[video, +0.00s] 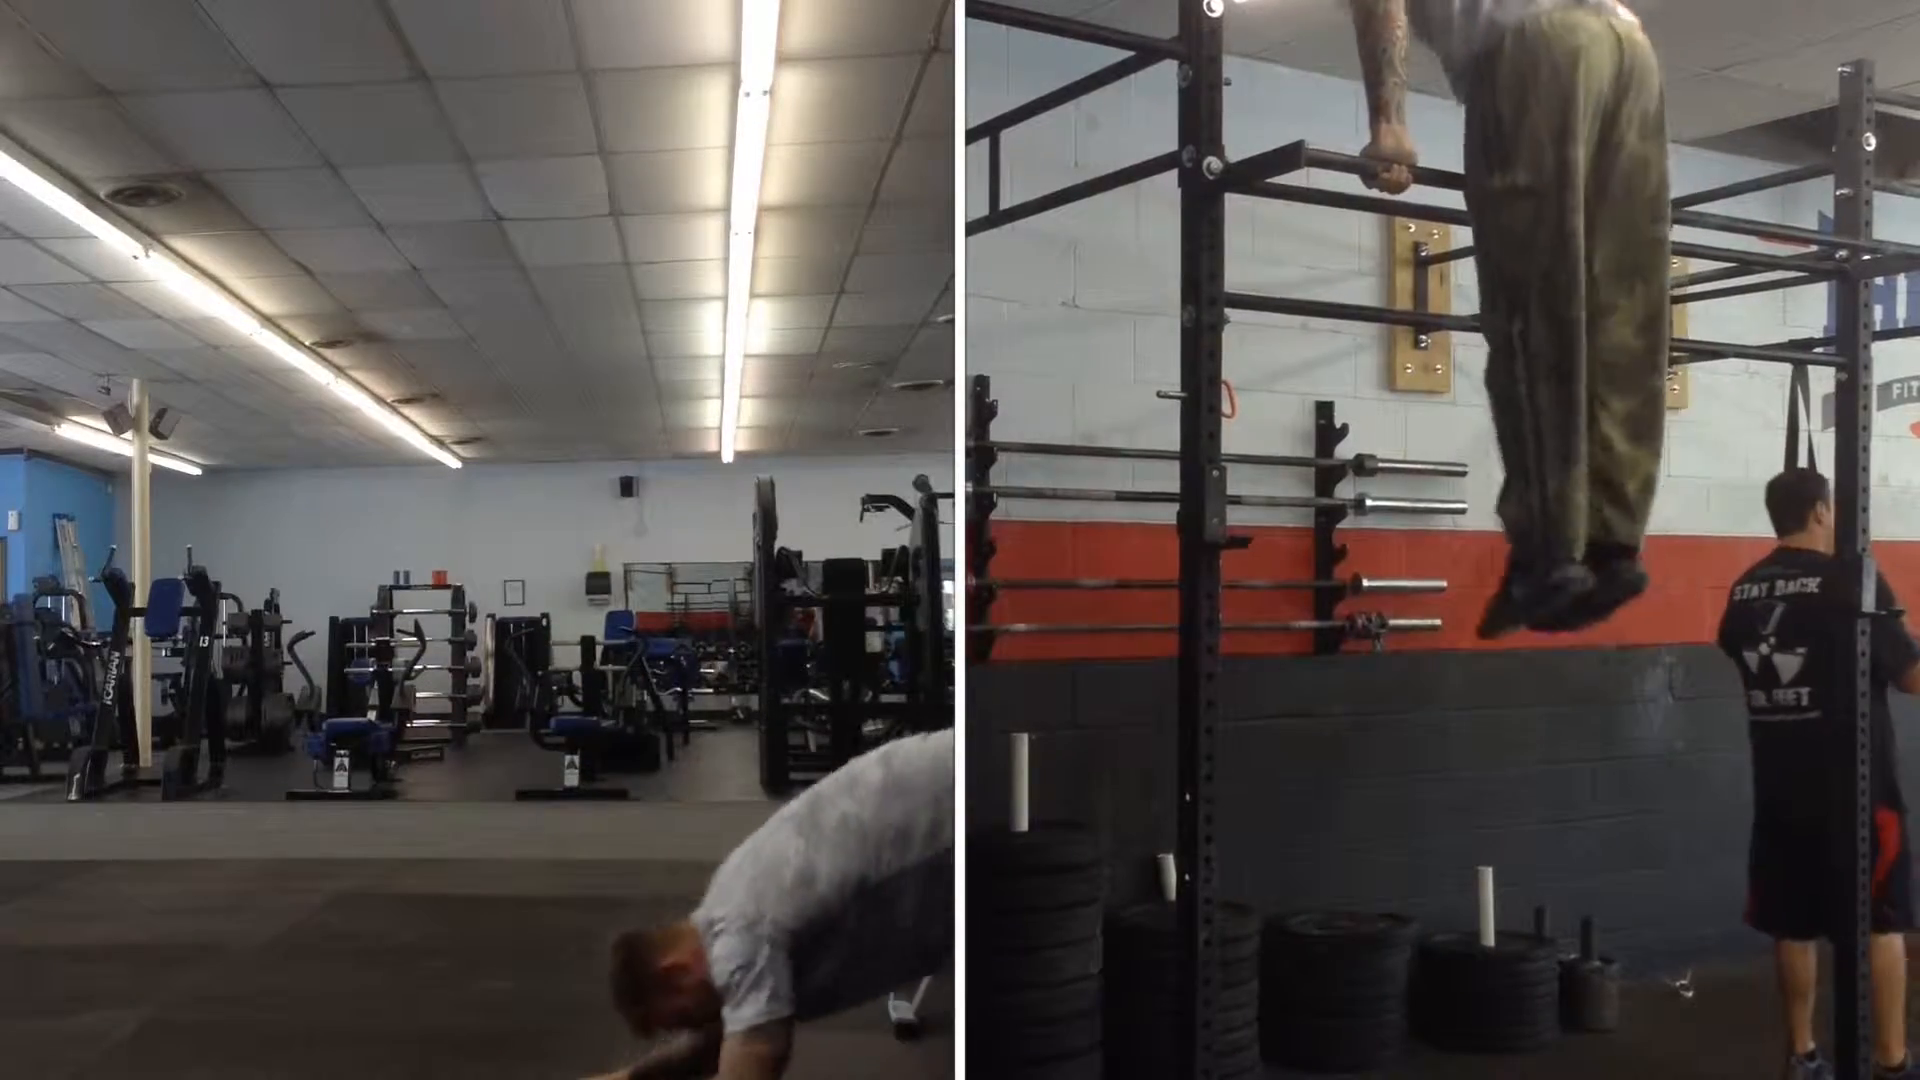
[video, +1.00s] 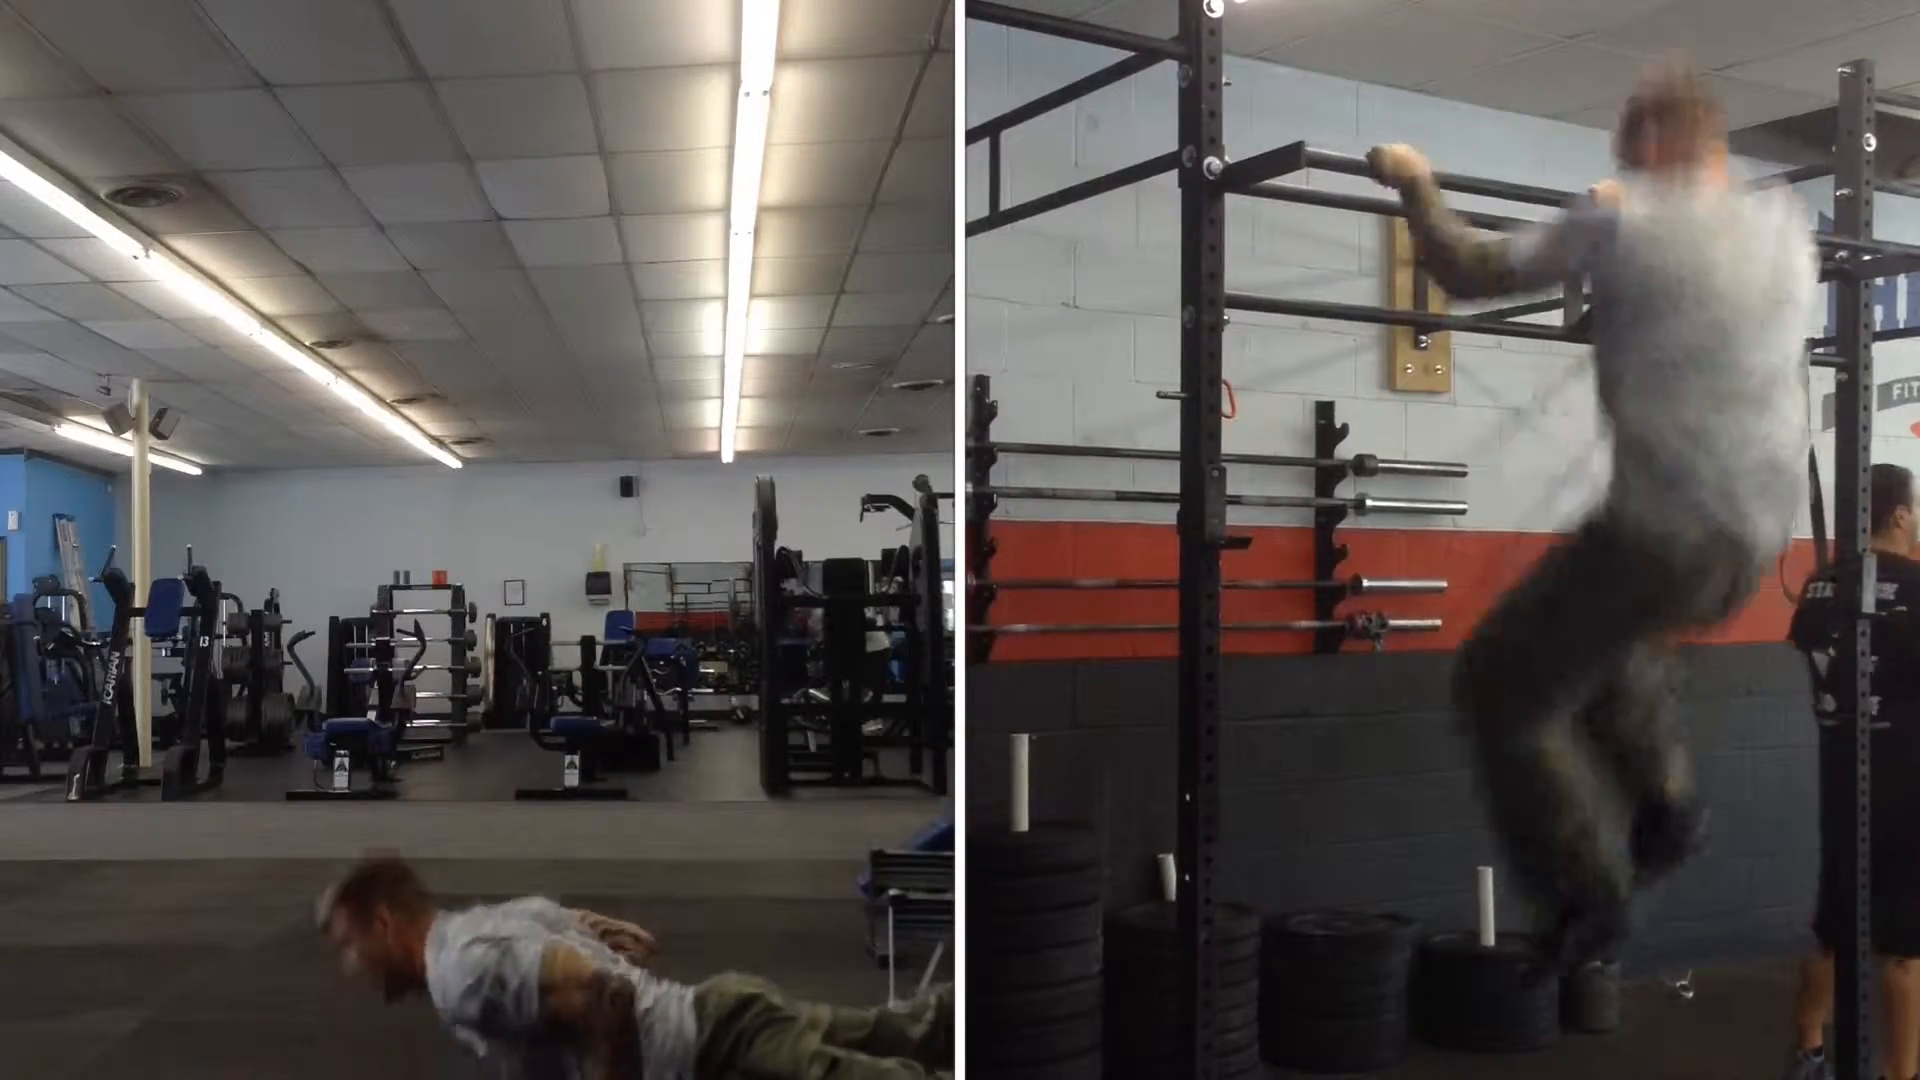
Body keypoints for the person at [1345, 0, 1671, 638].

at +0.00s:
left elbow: (1381, 5)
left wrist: (1387, 118)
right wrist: (1610, 9)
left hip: (1536, 38)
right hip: (1628, 37)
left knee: (1531, 315)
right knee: (1626, 307)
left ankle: (1543, 557)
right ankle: (1614, 552)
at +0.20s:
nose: (1358, 87)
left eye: (1351, 70)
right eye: (1354, 82)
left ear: (1358, 25)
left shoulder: (1375, 17)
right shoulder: (1542, 15)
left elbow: (1385, 5)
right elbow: (1628, 53)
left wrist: (1390, 123)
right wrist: (1644, 91)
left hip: (1543, 123)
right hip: (1634, 127)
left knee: (1547, 383)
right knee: (1640, 383)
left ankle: (1567, 638)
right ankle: (1638, 633)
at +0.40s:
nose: (1362, 126)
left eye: (1355, 109)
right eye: (1357, 115)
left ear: (1361, 73)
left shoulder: (1384, 38)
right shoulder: (1528, 22)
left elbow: (1399, 4)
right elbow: (1639, 43)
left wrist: (1396, 135)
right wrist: (1636, 165)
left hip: (1548, 169)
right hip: (1638, 173)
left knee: (1554, 427)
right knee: (1651, 425)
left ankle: (1590, 679)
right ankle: (1665, 670)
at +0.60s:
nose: (1404, 53)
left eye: (1400, 33)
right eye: (1403, 45)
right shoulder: (1594, 7)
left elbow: (1447, 16)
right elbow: (1691, 44)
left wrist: (1401, 139)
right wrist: (1651, 140)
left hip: (1581, 161)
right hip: (1677, 168)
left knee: (1564, 419)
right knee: (1639, 428)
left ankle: (1585, 677)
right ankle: (1700, 639)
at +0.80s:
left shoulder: (1575, 7)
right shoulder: (1736, 15)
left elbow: (1501, 146)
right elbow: (1770, 167)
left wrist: (1409, 158)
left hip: (1666, 268)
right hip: (1761, 272)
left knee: (1543, 491)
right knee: (1638, 476)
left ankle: (1608, 727)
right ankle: (1723, 648)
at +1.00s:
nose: (1631, 154)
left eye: (1632, 141)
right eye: (1641, 143)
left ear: (1638, 140)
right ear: (1718, 141)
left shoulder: (1618, 211)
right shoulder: (1783, 222)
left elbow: (1473, 268)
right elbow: (1775, 316)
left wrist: (1418, 187)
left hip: (1656, 532)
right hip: (1754, 543)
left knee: (1501, 681)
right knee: (1609, 634)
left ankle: (1586, 896)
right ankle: (1666, 808)